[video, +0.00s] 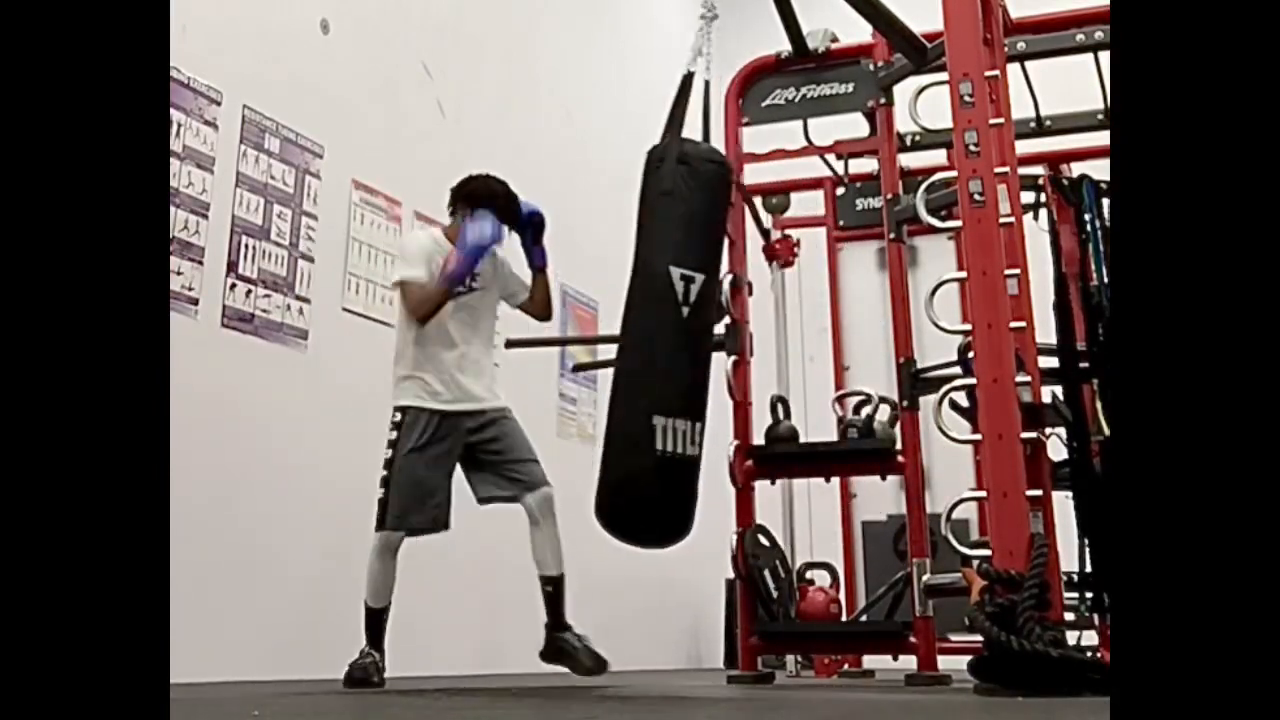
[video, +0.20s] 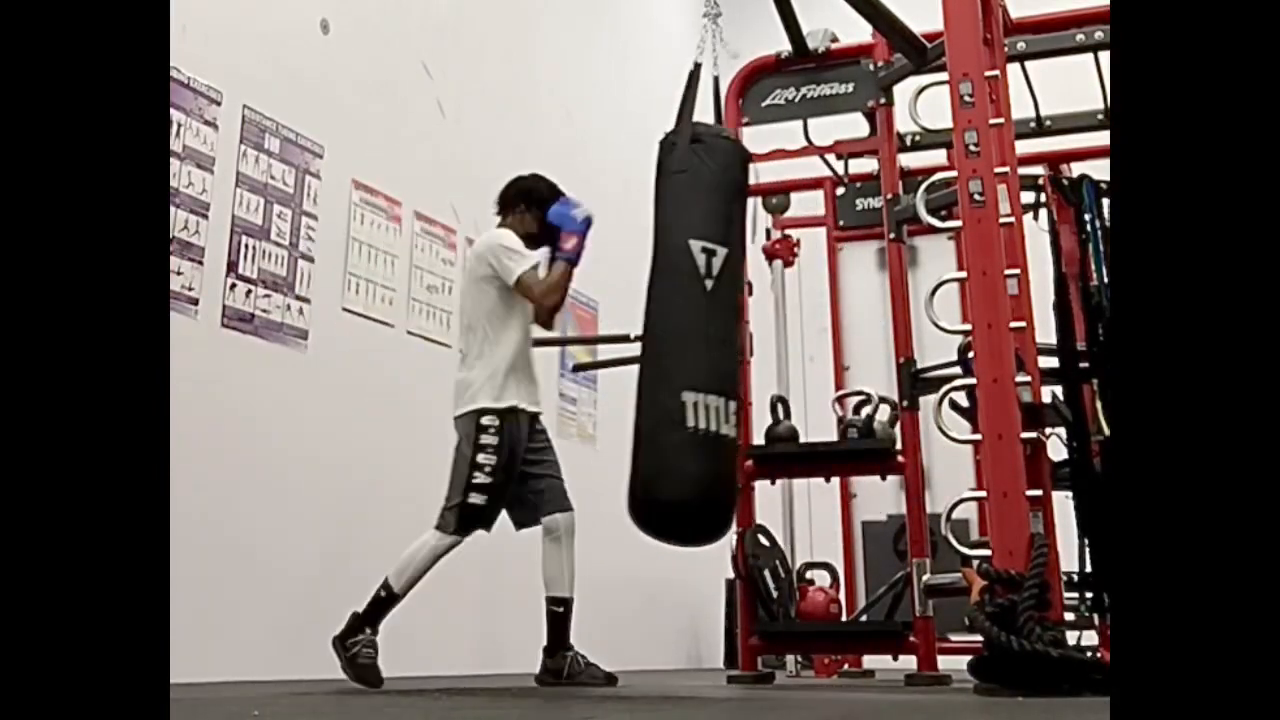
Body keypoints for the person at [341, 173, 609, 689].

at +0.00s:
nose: (487, 237)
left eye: (495, 229)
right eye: (482, 225)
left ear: (498, 229)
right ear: (458, 215)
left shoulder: (491, 262)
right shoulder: (420, 245)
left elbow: (540, 309)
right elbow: (418, 309)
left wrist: (534, 249)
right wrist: (462, 262)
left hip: (485, 405)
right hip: (423, 405)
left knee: (541, 499)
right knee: (388, 534)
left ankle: (558, 632)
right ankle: (372, 653)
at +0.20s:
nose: (545, 231)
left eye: (547, 223)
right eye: (542, 220)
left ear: (519, 213)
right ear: (521, 211)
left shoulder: (511, 254)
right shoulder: (495, 244)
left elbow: (545, 317)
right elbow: (545, 299)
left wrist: (567, 256)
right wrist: (565, 250)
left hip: (520, 409)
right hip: (489, 406)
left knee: (560, 521)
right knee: (453, 530)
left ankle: (559, 656)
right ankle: (359, 632)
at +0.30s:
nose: (548, 224)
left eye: (552, 217)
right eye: (543, 214)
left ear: (533, 222)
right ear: (515, 212)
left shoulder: (534, 269)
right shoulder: (485, 232)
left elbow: (575, 314)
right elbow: (512, 269)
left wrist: (578, 254)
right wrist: (546, 228)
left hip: (531, 407)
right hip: (479, 402)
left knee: (580, 511)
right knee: (440, 527)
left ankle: (564, 643)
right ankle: (396, 651)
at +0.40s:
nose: (546, 217)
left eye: (558, 210)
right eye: (538, 204)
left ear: (568, 216)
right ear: (517, 203)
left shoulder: (569, 268)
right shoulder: (483, 251)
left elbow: (619, 316)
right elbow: (441, 314)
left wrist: (629, 280)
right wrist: (496, 264)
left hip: (556, 414)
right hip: (489, 414)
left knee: (616, 516)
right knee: (439, 532)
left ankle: (651, 644)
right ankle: (392, 651)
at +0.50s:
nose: (616, 235)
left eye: (623, 227)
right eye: (613, 224)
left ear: (624, 230)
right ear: (595, 215)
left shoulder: (623, 281)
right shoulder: (552, 254)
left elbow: (655, 336)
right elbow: (489, 267)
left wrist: (671, 287)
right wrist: (562, 242)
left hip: (597, 422)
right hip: (539, 411)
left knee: (653, 517)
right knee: (479, 530)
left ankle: (659, 652)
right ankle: (401, 640)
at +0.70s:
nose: (602, 246)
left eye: (608, 240)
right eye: (599, 235)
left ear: (590, 237)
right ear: (573, 223)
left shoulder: (578, 282)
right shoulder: (542, 249)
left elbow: (600, 350)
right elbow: (542, 297)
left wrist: (622, 286)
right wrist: (598, 302)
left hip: (571, 417)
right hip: (527, 403)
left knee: (631, 524)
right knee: (498, 534)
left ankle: (658, 656)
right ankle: (399, 632)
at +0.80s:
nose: (540, 219)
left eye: (548, 213)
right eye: (534, 208)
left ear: (550, 220)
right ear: (511, 202)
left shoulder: (531, 268)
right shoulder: (475, 223)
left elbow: (571, 317)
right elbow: (476, 260)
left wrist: (573, 257)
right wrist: (518, 233)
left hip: (514, 402)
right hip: (465, 388)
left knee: (567, 513)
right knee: (448, 521)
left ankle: (590, 650)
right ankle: (394, 649)